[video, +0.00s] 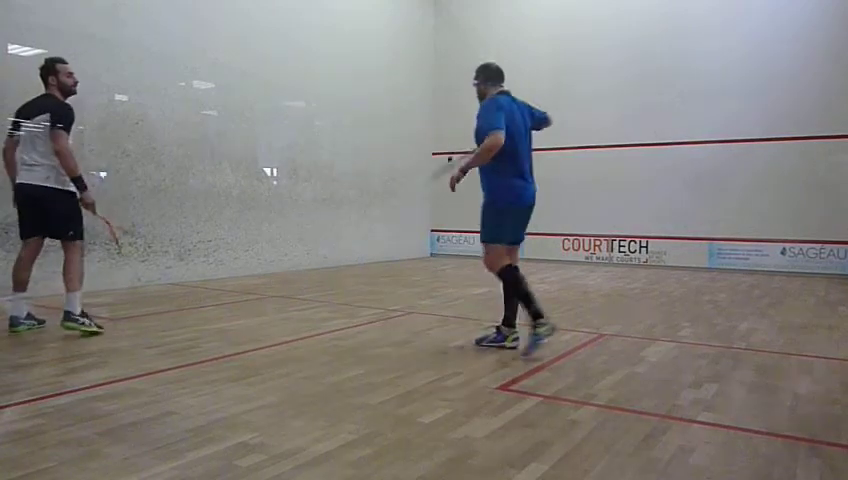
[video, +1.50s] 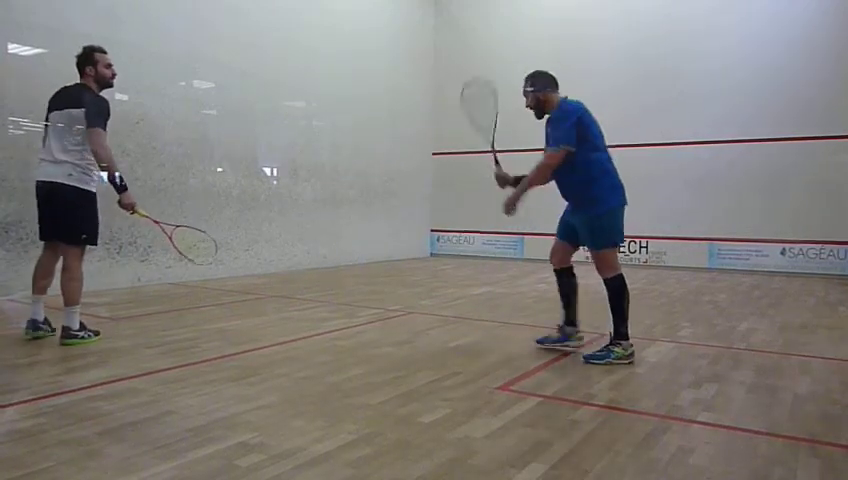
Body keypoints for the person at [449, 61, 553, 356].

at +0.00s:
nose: (474, 90)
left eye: (476, 85)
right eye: (475, 85)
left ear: (483, 84)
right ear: (501, 83)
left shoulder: (491, 106)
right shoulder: (518, 104)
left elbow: (495, 140)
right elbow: (544, 120)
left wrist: (464, 167)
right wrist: (515, 123)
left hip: (502, 194)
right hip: (524, 193)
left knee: (494, 260)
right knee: (509, 259)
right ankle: (508, 328)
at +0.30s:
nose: (508, 104)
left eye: (507, 97)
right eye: (506, 98)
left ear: (516, 93)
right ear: (532, 89)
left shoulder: (532, 114)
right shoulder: (555, 110)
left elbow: (520, 158)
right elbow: (587, 144)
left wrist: (485, 154)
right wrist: (569, 174)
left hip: (564, 204)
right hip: (564, 202)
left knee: (583, 268)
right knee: (542, 264)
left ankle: (609, 341)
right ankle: (517, 328)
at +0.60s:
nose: (529, 106)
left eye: (529, 99)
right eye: (526, 101)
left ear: (541, 90)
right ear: (543, 90)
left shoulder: (568, 108)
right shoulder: (563, 112)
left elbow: (581, 151)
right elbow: (581, 157)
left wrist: (550, 188)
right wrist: (555, 178)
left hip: (597, 203)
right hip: (583, 203)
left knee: (600, 265)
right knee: (584, 263)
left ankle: (612, 342)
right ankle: (601, 334)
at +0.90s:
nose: (538, 106)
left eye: (538, 99)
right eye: (535, 101)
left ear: (553, 90)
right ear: (550, 94)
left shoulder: (582, 107)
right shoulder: (569, 119)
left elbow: (601, 148)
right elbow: (584, 167)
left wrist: (562, 172)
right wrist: (571, 202)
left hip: (602, 199)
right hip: (599, 199)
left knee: (579, 262)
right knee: (604, 263)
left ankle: (610, 333)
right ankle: (606, 334)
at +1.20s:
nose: (539, 102)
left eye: (540, 95)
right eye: (536, 97)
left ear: (554, 87)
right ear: (552, 91)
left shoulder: (585, 106)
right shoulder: (567, 119)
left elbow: (596, 148)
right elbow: (579, 167)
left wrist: (548, 167)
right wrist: (555, 196)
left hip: (606, 202)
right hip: (590, 204)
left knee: (606, 266)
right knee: (595, 266)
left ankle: (619, 342)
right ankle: (604, 335)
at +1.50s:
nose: (526, 103)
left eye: (529, 95)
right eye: (525, 96)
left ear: (544, 92)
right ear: (545, 93)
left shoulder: (567, 113)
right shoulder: (555, 121)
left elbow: (551, 162)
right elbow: (549, 172)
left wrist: (518, 193)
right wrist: (514, 179)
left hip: (603, 202)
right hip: (580, 203)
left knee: (607, 265)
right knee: (560, 258)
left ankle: (621, 343)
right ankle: (570, 330)